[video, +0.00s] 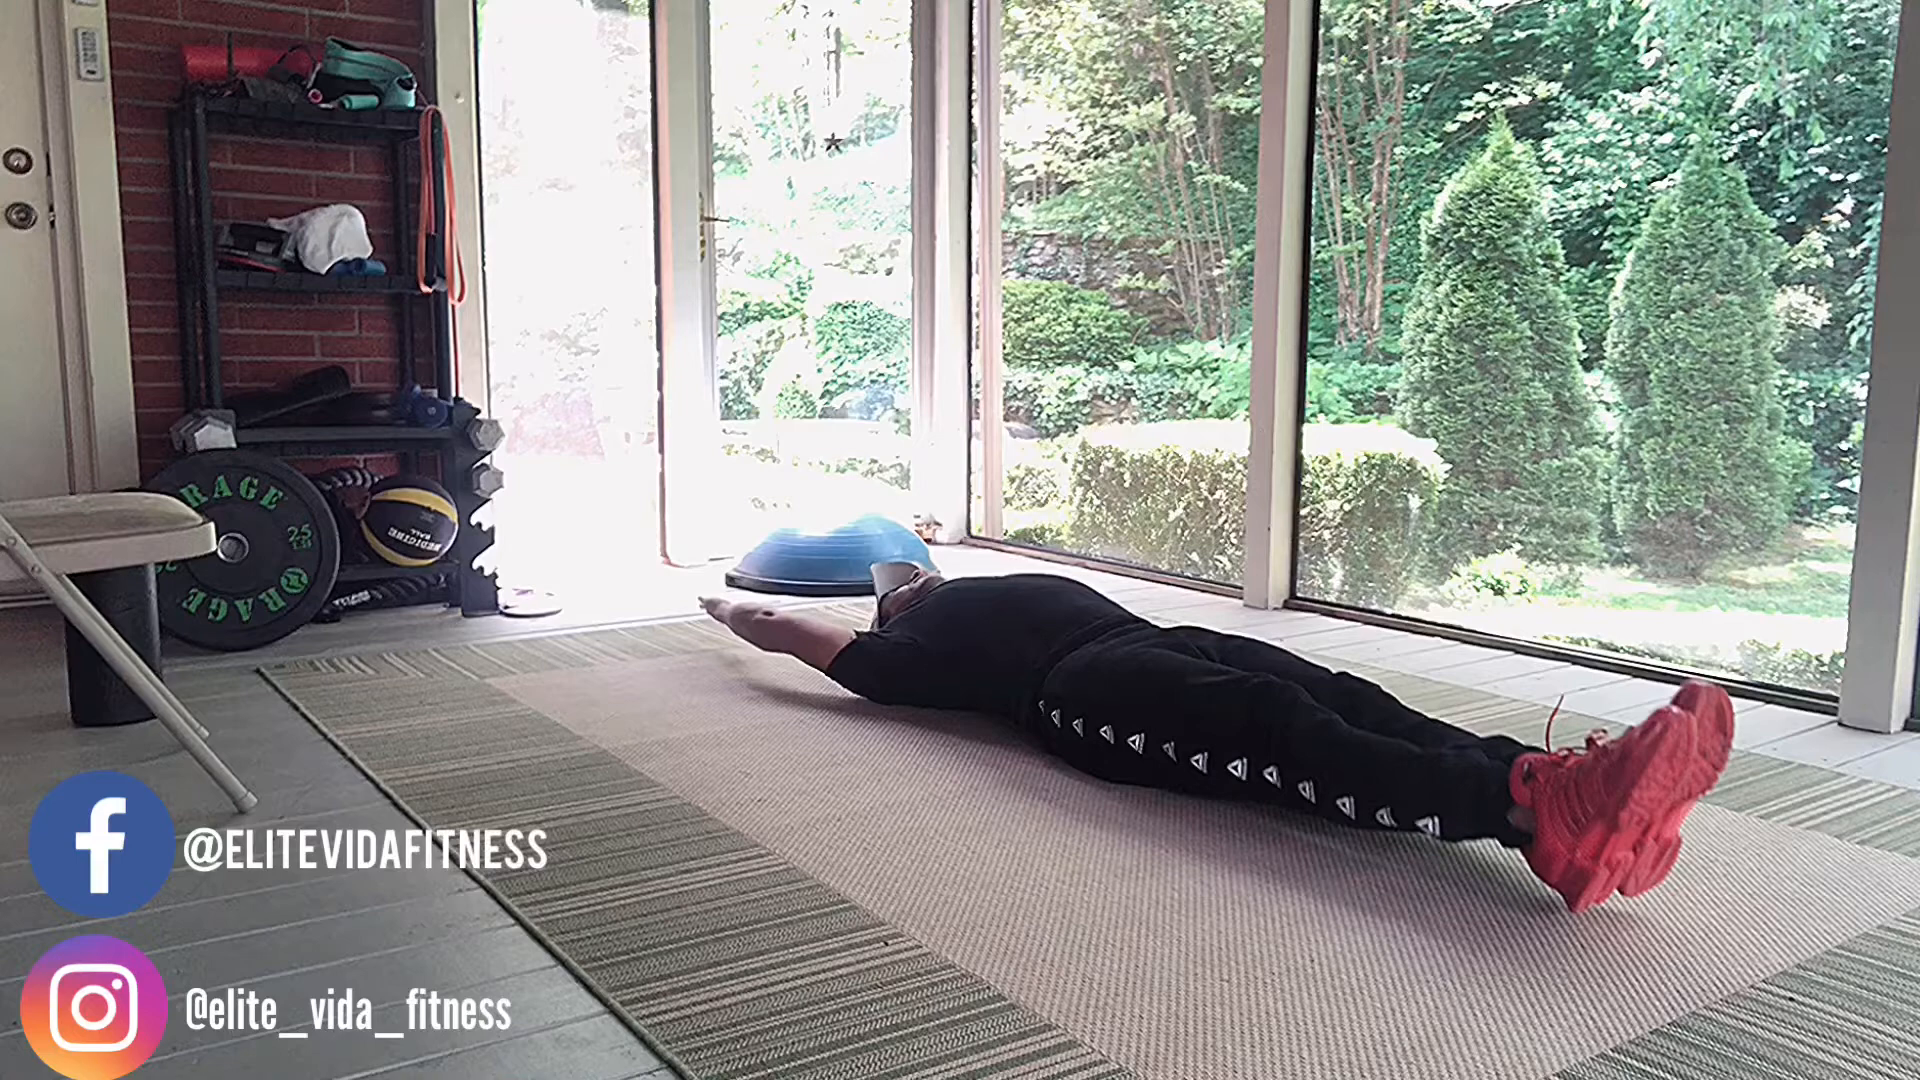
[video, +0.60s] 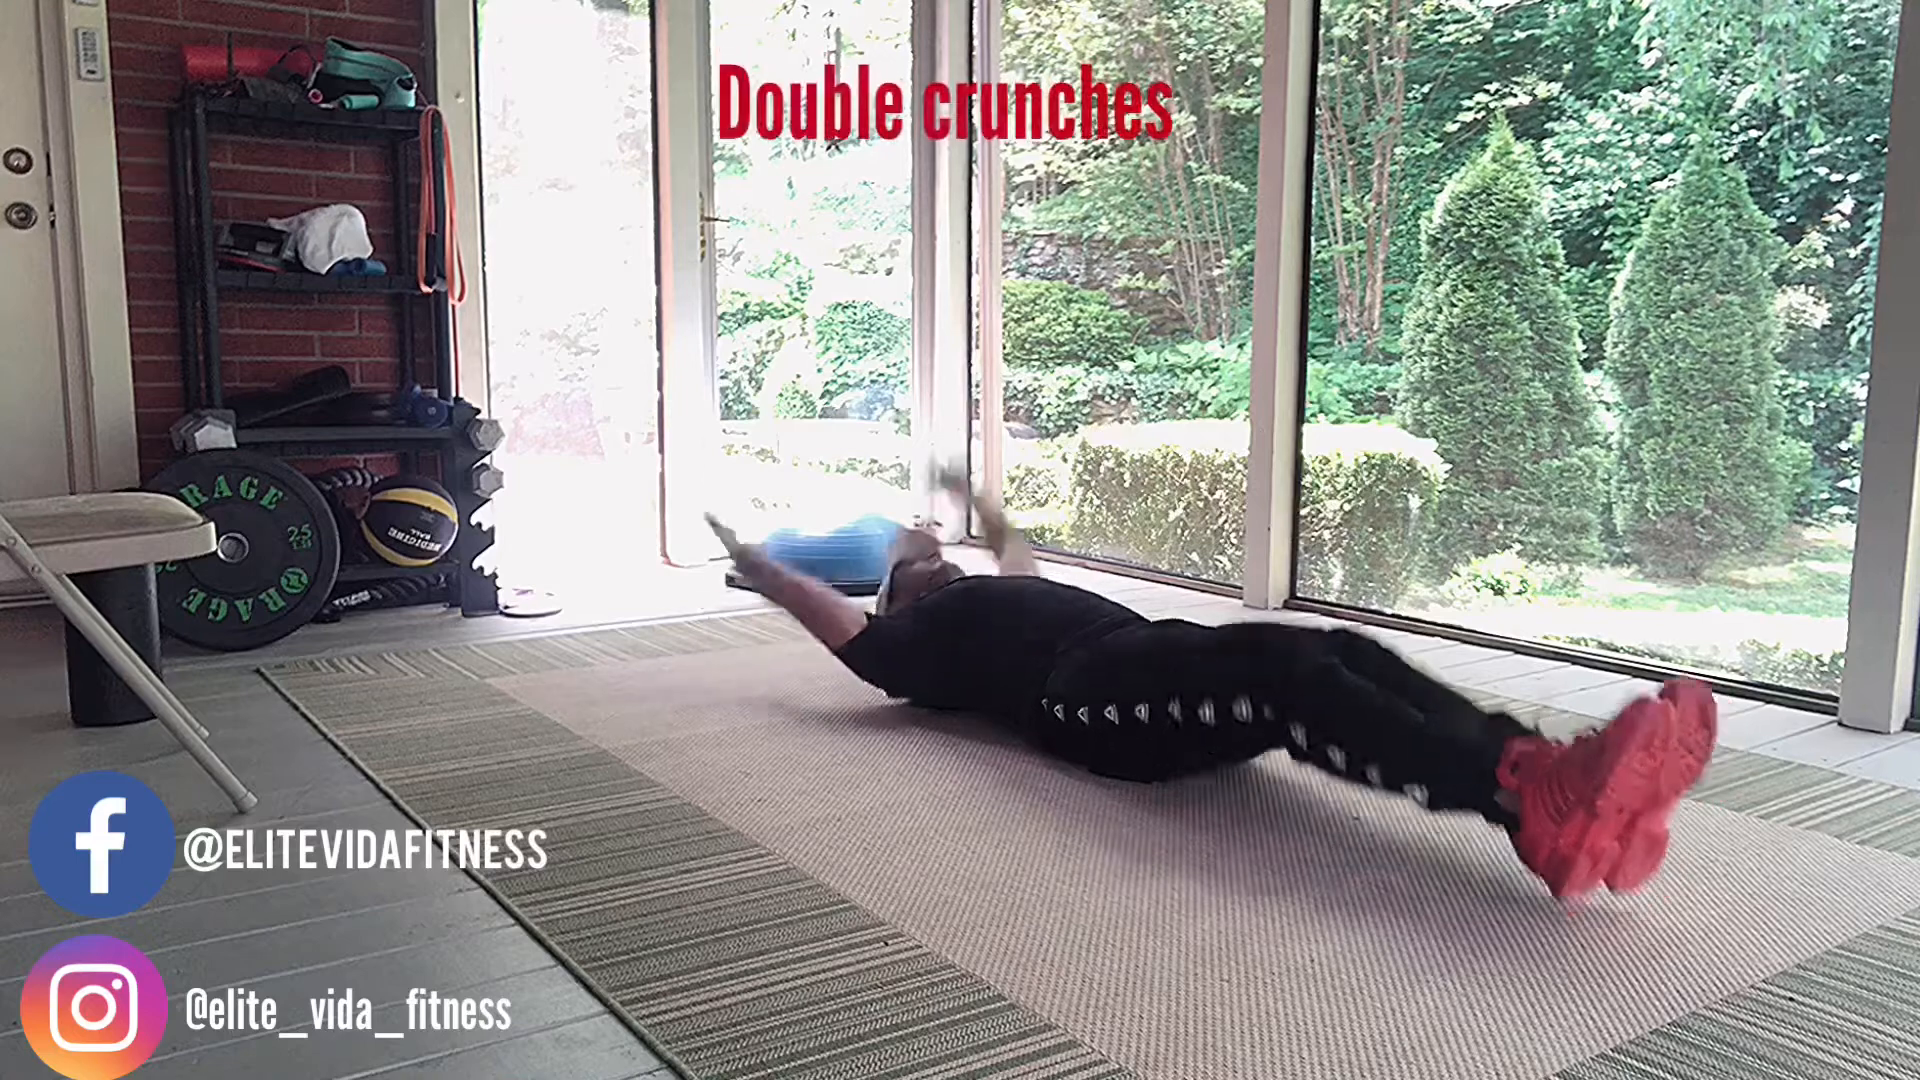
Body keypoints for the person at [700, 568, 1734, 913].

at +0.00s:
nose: (910, 570)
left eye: (907, 563)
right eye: (892, 575)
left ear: (918, 572)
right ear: (877, 597)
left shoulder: (997, 587)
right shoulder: (885, 646)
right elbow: (765, 623)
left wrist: (928, 550)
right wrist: (742, 596)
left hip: (1147, 639)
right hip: (1079, 684)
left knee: (1321, 687)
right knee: (1272, 728)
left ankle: (1571, 812)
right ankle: (1542, 812)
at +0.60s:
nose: (932, 552)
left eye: (939, 551)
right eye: (912, 558)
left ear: (953, 573)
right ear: (881, 597)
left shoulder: (990, 601)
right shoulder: (880, 640)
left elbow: (1009, 555)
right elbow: (781, 585)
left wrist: (951, 544)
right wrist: (743, 556)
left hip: (1151, 648)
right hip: (1082, 691)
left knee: (1345, 647)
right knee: (1294, 672)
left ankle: (1564, 786)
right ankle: (1538, 817)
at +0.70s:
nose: (944, 535)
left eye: (949, 528)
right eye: (925, 534)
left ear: (968, 548)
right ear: (898, 565)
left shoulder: (1020, 587)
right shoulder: (894, 623)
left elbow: (1052, 518)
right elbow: (803, 557)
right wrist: (747, 479)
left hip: (1169, 677)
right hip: (1094, 706)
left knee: (1338, 595)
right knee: (1259, 608)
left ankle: (1543, 742)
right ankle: (1511, 740)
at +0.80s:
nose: (970, 518)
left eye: (974, 512)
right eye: (948, 516)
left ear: (994, 536)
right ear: (907, 550)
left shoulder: (1042, 576)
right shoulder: (906, 620)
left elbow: (1094, 480)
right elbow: (828, 535)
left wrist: (1106, 367)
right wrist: (789, 446)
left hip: (1173, 685)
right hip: (1110, 715)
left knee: (1297, 530)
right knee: (1221, 549)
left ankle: (1484, 661)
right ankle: (1463, 670)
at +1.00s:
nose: (1005, 500)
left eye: (1009, 487)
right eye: (985, 490)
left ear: (1018, 500)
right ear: (944, 513)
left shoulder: (1067, 560)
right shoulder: (934, 599)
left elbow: (1208, 518)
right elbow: (916, 562)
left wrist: (1268, 382)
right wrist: (921, 489)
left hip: (1185, 692)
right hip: (1092, 703)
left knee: (1211, 450)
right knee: (1113, 463)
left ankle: (1373, 551)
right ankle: (1339, 533)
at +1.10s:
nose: (1025, 500)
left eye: (1025, 485)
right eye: (1004, 487)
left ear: (1034, 495)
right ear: (968, 499)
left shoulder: (1065, 556)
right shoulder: (931, 584)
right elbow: (976, 532)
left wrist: (1100, 457)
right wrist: (1039, 446)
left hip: (1180, 694)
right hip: (1085, 708)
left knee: (1174, 432)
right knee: (1088, 460)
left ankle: (1326, 509)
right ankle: (1270, 501)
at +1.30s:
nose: (1030, 498)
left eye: (1034, 485)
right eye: (1014, 485)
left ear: (1041, 487)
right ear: (976, 490)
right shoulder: (939, 569)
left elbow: (1215, 545)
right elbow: (1002, 559)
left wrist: (1322, 516)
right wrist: (1090, 517)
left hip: (1189, 693)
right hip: (1089, 706)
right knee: (1061, 455)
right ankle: (1225, 462)